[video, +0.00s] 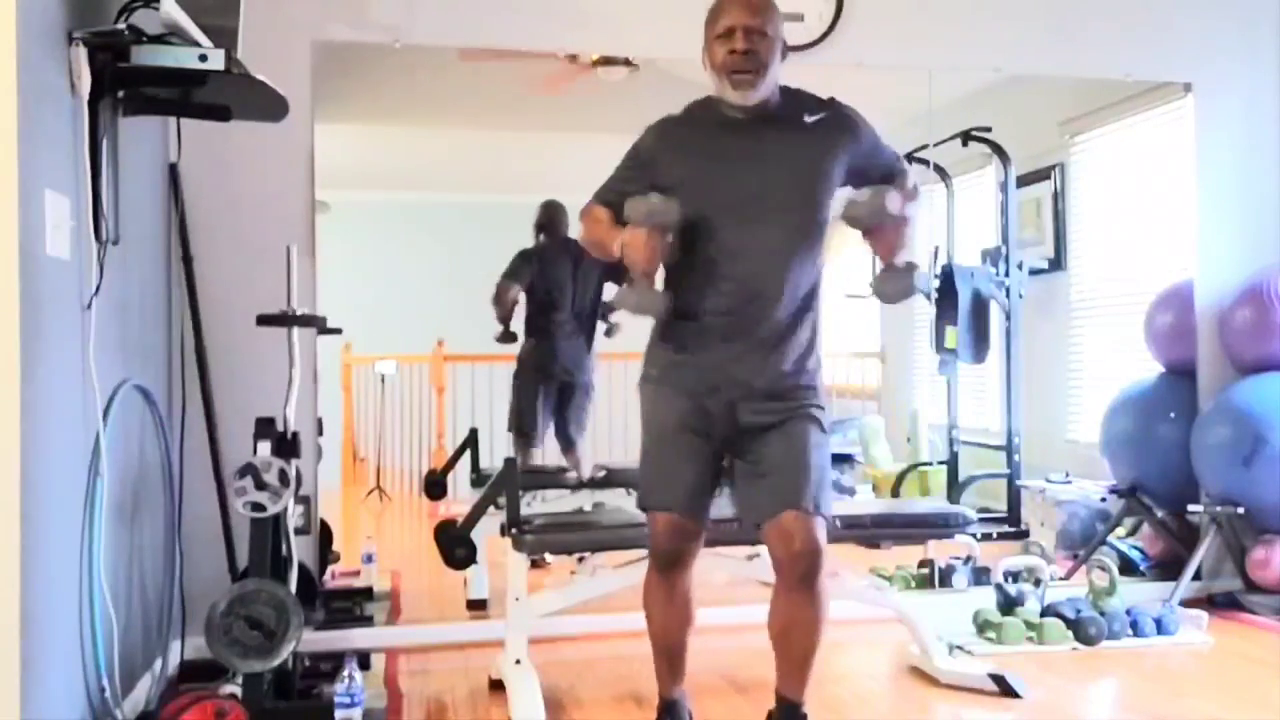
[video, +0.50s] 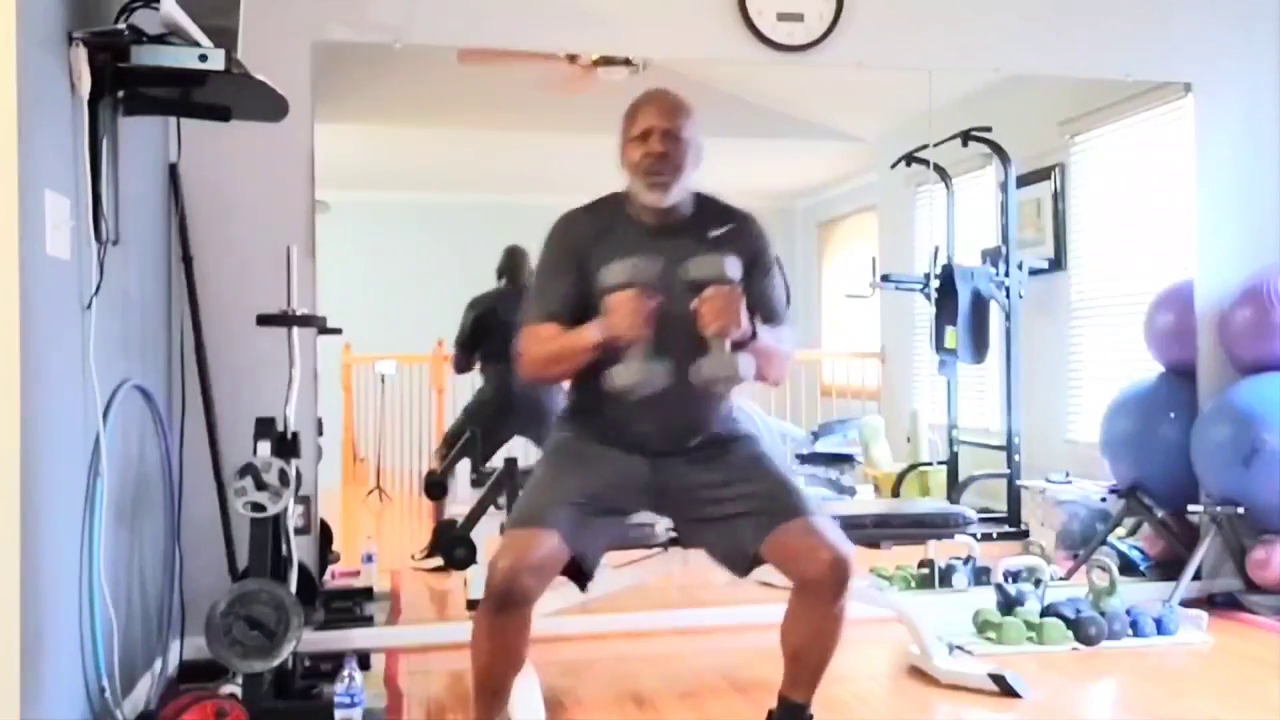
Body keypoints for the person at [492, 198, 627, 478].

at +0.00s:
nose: (538, 227)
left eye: (538, 223)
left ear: (539, 225)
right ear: (567, 224)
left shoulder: (531, 256)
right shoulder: (592, 255)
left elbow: (505, 294)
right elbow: (632, 279)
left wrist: (505, 323)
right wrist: (611, 308)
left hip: (539, 353)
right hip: (577, 354)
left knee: (526, 433)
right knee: (572, 432)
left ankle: (525, 497)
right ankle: (584, 490)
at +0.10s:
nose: (540, 220)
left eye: (539, 215)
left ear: (537, 218)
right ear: (566, 217)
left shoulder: (525, 251)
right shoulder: (591, 251)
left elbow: (500, 297)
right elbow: (634, 288)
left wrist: (507, 319)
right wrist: (599, 306)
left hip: (535, 347)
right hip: (576, 350)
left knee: (523, 432)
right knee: (572, 431)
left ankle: (525, 497)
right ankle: (584, 487)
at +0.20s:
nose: (535, 216)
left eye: (533, 211)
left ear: (533, 215)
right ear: (562, 214)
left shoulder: (519, 248)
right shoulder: (587, 249)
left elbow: (494, 301)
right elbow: (614, 301)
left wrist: (517, 306)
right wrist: (582, 304)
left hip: (530, 347)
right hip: (573, 351)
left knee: (505, 430)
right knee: (572, 431)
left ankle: (503, 494)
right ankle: (583, 490)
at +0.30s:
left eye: (529, 226)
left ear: (524, 228)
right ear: (554, 227)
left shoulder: (509, 262)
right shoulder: (578, 261)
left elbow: (487, 319)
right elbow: (594, 319)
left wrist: (508, 310)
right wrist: (565, 312)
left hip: (521, 360)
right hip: (567, 361)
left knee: (484, 430)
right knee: (578, 442)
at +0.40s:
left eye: (520, 249)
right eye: (535, 249)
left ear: (513, 252)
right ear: (542, 251)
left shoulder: (498, 286)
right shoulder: (562, 284)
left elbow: (479, 344)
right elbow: (579, 335)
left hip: (514, 378)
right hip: (558, 378)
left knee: (476, 427)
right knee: (578, 448)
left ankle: (446, 478)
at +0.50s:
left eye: (506, 268)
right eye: (521, 268)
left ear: (500, 271)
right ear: (529, 270)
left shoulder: (483, 305)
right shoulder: (546, 302)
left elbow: (462, 363)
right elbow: (562, 354)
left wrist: (482, 347)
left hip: (498, 396)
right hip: (542, 396)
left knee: (449, 448)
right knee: (567, 458)